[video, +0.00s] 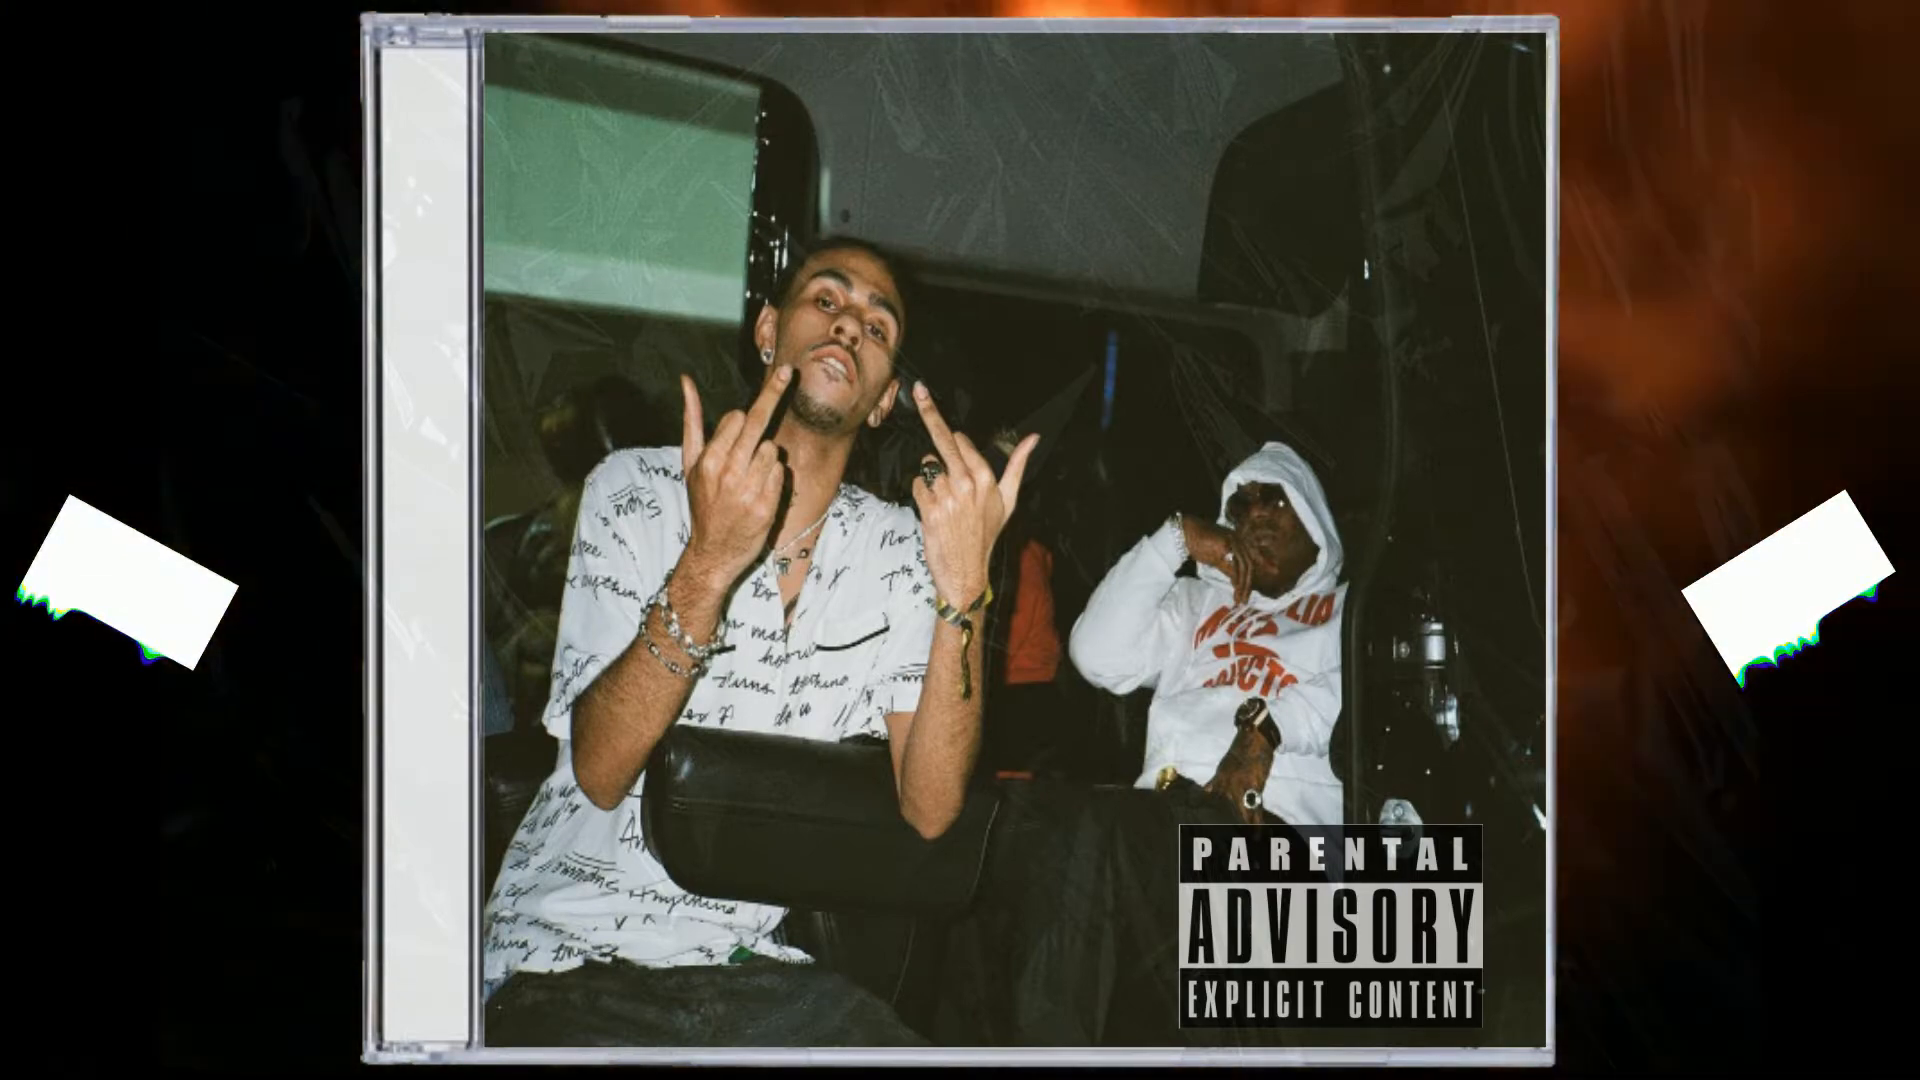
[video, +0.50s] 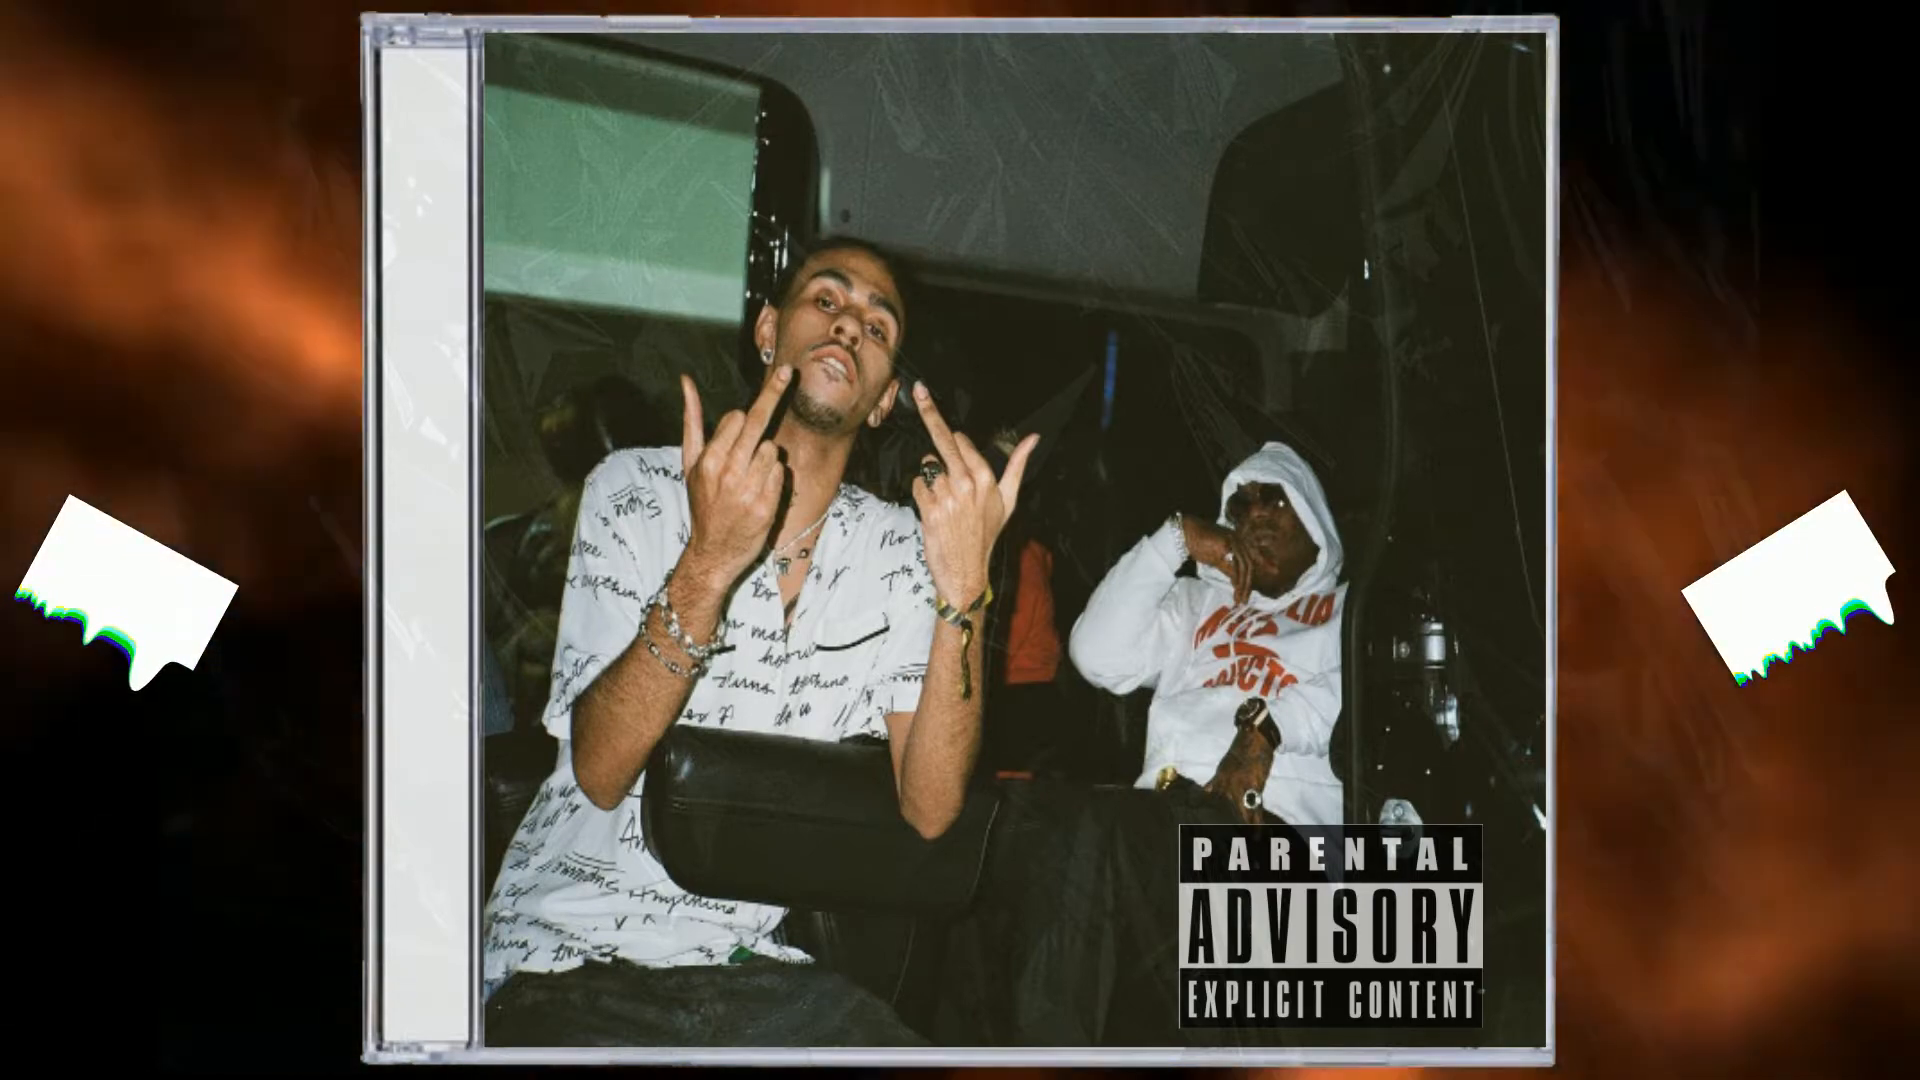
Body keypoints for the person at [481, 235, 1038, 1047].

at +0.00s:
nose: (851, 323)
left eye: (878, 323)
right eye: (826, 298)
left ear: (887, 395)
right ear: (767, 333)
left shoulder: (903, 550)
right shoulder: (638, 490)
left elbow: (931, 809)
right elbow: (601, 770)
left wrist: (966, 594)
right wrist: (710, 564)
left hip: (756, 956)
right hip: (571, 944)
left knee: (907, 1060)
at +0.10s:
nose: (851, 323)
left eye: (878, 323)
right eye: (826, 298)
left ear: (887, 395)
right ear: (767, 333)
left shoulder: (903, 550)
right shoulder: (638, 490)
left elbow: (931, 809)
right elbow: (601, 770)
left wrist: (966, 594)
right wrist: (710, 564)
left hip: (755, 956)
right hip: (571, 944)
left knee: (907, 1060)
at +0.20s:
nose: (851, 323)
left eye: (878, 323)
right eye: (826, 298)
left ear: (887, 395)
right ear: (767, 333)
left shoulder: (903, 550)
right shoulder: (637, 490)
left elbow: (931, 809)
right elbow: (601, 770)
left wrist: (966, 594)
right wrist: (710, 564)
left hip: (754, 956)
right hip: (570, 944)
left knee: (907, 1064)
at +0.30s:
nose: (851, 323)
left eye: (878, 323)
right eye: (826, 298)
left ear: (887, 395)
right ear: (767, 333)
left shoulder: (903, 550)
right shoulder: (637, 490)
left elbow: (931, 809)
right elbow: (601, 770)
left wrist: (966, 593)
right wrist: (710, 564)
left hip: (755, 956)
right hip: (570, 944)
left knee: (906, 1061)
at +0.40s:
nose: (851, 322)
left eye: (878, 323)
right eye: (826, 298)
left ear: (886, 396)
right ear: (766, 333)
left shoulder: (903, 550)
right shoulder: (637, 490)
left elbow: (931, 809)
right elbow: (601, 770)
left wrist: (965, 594)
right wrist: (709, 564)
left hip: (752, 955)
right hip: (568, 943)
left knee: (907, 1060)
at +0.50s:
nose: (851, 323)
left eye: (878, 323)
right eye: (826, 299)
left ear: (887, 395)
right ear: (767, 333)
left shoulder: (903, 550)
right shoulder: (638, 490)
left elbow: (931, 809)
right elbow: (601, 770)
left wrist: (966, 594)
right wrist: (710, 564)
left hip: (755, 956)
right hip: (571, 944)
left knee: (907, 1061)